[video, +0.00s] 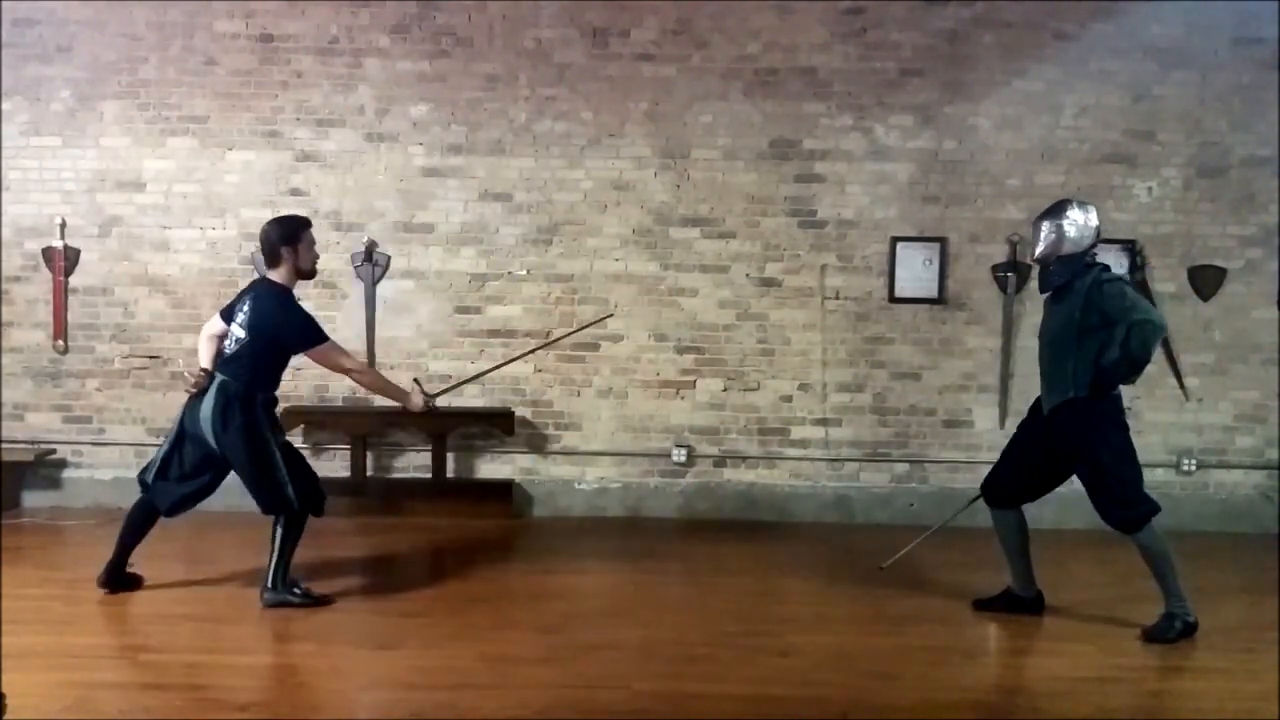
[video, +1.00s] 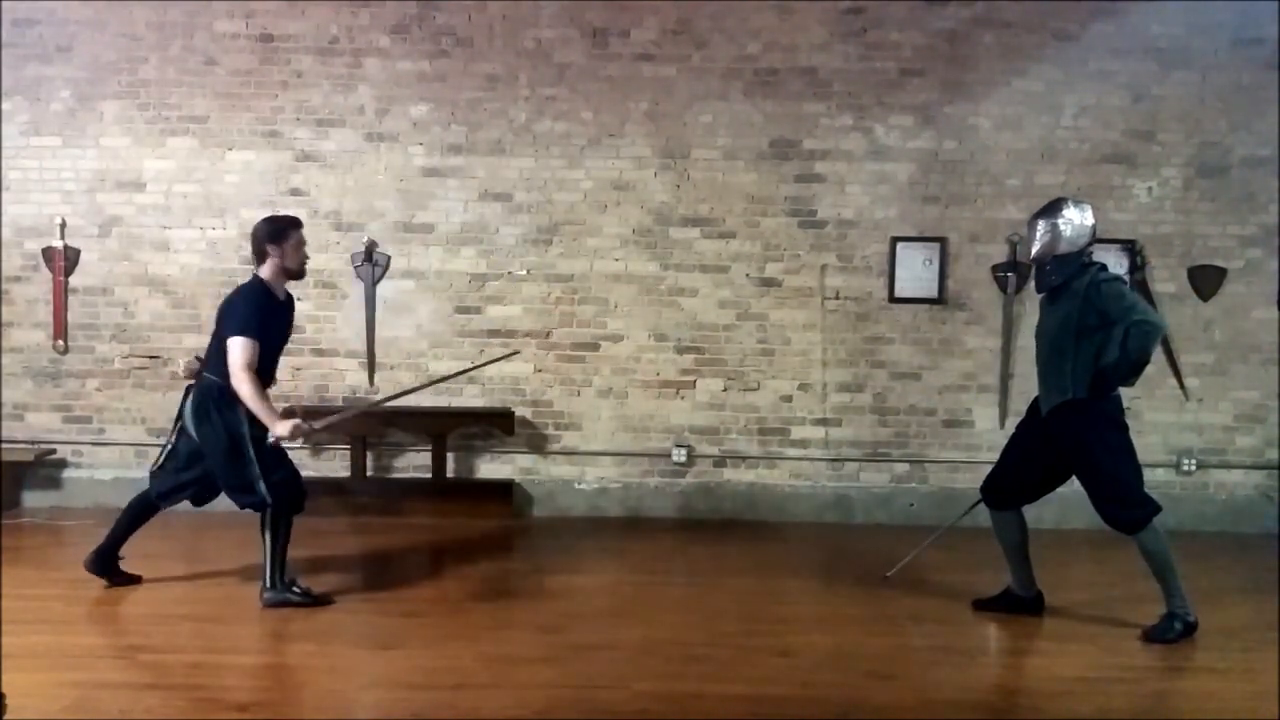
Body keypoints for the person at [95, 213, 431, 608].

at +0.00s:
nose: (317, 252)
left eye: (314, 244)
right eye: (310, 245)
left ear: (281, 253)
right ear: (288, 252)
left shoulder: (252, 293)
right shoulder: (286, 310)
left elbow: (210, 331)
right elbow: (349, 366)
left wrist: (206, 370)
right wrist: (407, 397)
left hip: (207, 405)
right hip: (241, 413)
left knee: (164, 487)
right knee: (298, 491)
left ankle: (113, 569)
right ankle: (277, 584)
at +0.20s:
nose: (297, 247)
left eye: (294, 239)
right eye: (290, 240)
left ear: (260, 251)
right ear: (267, 250)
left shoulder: (236, 291)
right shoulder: (262, 303)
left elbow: (201, 334)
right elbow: (313, 367)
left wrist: (189, 372)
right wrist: (368, 405)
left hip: (193, 406)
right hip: (224, 412)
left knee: (153, 487)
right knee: (283, 487)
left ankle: (105, 571)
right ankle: (277, 584)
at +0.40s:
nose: (281, 244)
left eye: (279, 236)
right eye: (274, 237)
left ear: (247, 245)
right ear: (249, 244)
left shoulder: (235, 291)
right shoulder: (242, 298)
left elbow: (225, 352)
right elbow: (275, 366)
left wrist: (192, 373)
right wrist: (319, 413)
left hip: (197, 405)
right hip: (218, 411)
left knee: (153, 488)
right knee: (273, 486)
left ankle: (100, 566)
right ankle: (276, 585)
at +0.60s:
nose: (273, 243)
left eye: (272, 235)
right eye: (266, 236)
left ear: (245, 244)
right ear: (240, 244)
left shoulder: (258, 295)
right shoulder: (222, 297)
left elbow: (246, 357)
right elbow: (245, 362)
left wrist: (199, 375)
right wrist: (277, 412)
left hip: (217, 405)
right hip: (212, 407)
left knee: (155, 486)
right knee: (271, 485)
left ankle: (98, 560)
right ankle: (276, 585)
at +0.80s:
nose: (277, 246)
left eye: (275, 239)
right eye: (270, 240)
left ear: (251, 247)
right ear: (243, 247)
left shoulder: (267, 300)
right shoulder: (220, 299)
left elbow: (257, 362)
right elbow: (225, 365)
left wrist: (200, 373)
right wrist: (251, 416)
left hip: (224, 406)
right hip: (208, 406)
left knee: (158, 487)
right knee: (272, 485)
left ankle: (97, 560)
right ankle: (276, 584)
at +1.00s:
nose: (306, 252)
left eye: (305, 244)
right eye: (299, 245)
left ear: (276, 252)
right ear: (273, 251)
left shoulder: (281, 300)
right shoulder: (249, 301)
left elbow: (243, 340)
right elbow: (241, 372)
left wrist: (206, 364)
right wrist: (273, 421)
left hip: (224, 405)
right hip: (219, 407)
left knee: (170, 485)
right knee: (283, 486)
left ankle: (104, 555)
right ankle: (276, 584)